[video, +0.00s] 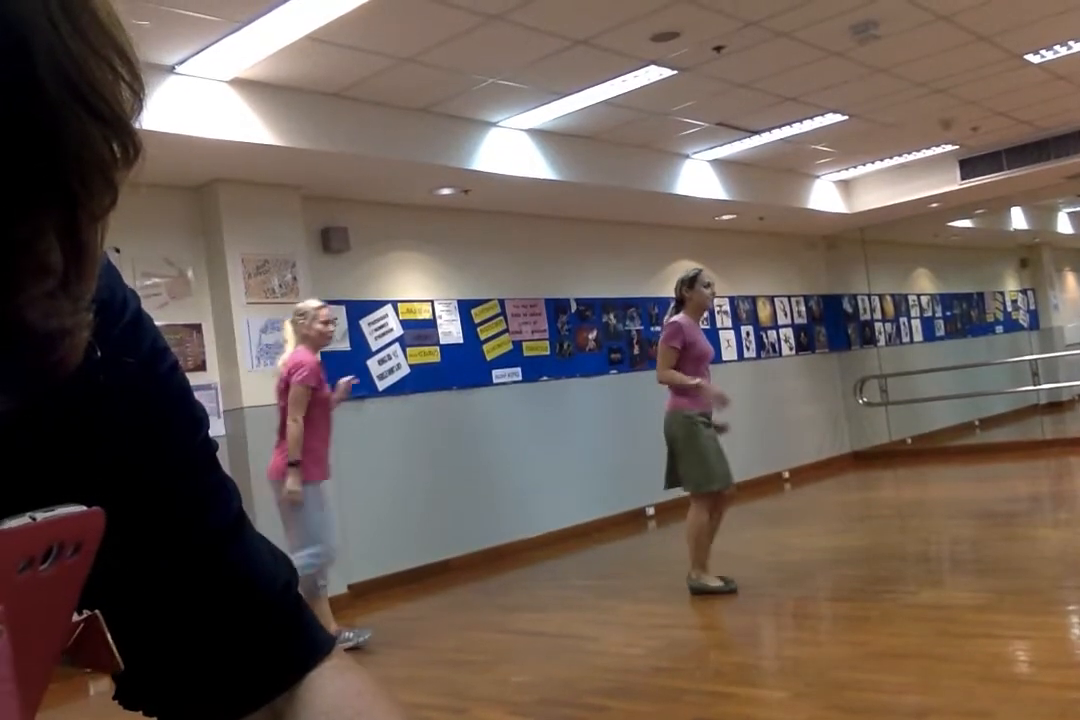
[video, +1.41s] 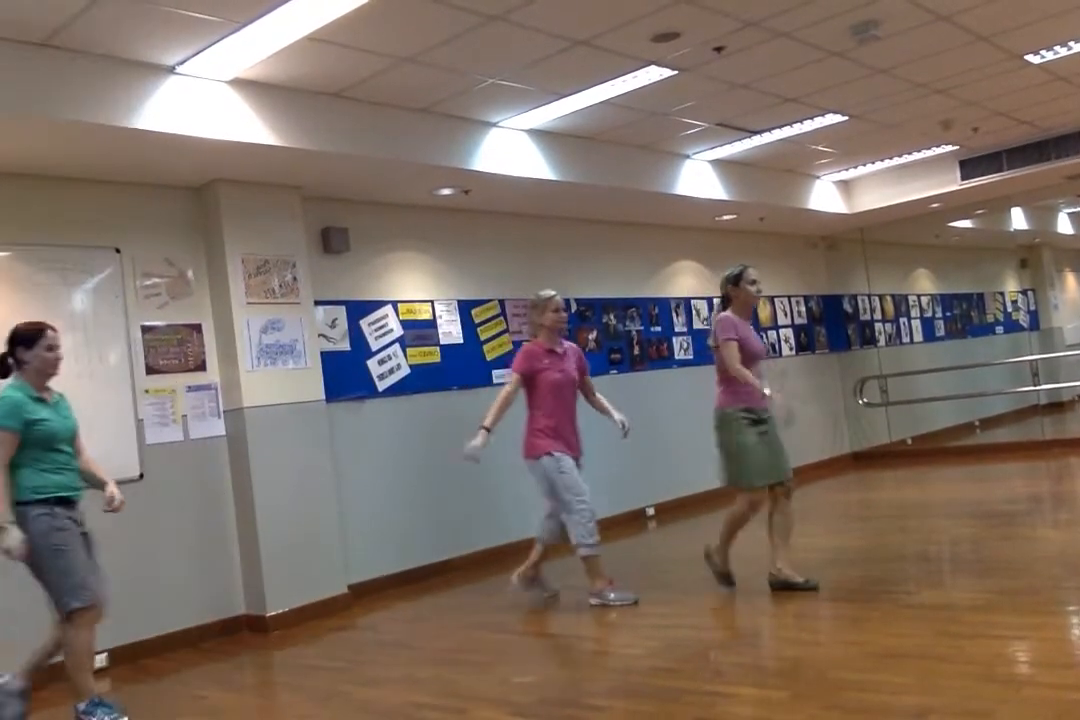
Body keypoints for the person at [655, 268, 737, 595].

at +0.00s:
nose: (713, 292)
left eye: (713, 287)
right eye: (707, 286)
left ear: (700, 294)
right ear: (687, 291)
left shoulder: (695, 328)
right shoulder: (676, 326)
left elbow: (692, 378)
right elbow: (663, 373)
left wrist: (708, 418)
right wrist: (701, 385)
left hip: (699, 419)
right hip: (685, 420)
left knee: (720, 494)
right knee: (703, 496)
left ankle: (701, 570)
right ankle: (697, 573)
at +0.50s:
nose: (711, 300)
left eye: (712, 295)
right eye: (705, 294)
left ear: (705, 300)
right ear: (687, 298)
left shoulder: (697, 332)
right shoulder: (679, 333)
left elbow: (702, 379)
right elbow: (668, 381)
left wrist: (741, 380)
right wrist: (689, 415)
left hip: (699, 418)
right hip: (687, 419)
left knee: (711, 493)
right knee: (714, 491)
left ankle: (705, 570)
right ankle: (701, 572)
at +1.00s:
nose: (726, 295)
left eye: (726, 290)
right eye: (720, 290)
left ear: (714, 297)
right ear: (700, 294)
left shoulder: (716, 329)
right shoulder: (680, 331)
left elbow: (713, 373)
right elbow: (674, 377)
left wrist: (720, 408)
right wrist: (695, 386)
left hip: (718, 417)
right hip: (692, 421)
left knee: (742, 486)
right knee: (704, 496)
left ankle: (721, 555)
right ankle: (704, 568)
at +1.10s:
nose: (732, 294)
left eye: (732, 289)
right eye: (726, 288)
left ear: (722, 295)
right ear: (706, 293)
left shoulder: (722, 328)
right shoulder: (690, 327)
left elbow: (715, 374)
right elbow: (688, 373)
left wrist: (725, 411)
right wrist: (718, 365)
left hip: (724, 416)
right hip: (698, 419)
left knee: (755, 485)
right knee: (708, 494)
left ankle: (751, 565)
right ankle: (705, 570)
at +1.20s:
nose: (741, 288)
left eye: (741, 283)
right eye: (735, 283)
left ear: (729, 291)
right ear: (714, 289)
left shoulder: (729, 323)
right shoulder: (703, 320)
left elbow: (724, 367)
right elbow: (699, 363)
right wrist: (733, 352)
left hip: (735, 414)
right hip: (708, 417)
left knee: (758, 489)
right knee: (705, 497)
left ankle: (778, 565)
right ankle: (705, 568)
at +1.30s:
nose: (749, 289)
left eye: (749, 284)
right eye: (743, 283)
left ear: (734, 290)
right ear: (723, 289)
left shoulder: (739, 325)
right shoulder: (715, 320)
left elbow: (734, 367)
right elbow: (715, 361)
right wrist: (748, 360)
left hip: (748, 415)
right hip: (722, 417)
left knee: (769, 490)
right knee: (720, 493)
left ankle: (777, 568)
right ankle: (706, 565)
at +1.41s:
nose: (758, 289)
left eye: (758, 284)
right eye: (752, 284)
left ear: (746, 291)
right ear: (732, 290)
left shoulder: (747, 325)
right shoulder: (725, 321)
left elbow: (748, 372)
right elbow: (733, 366)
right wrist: (764, 390)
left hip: (759, 413)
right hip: (736, 415)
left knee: (783, 488)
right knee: (754, 496)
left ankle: (779, 567)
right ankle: (719, 552)